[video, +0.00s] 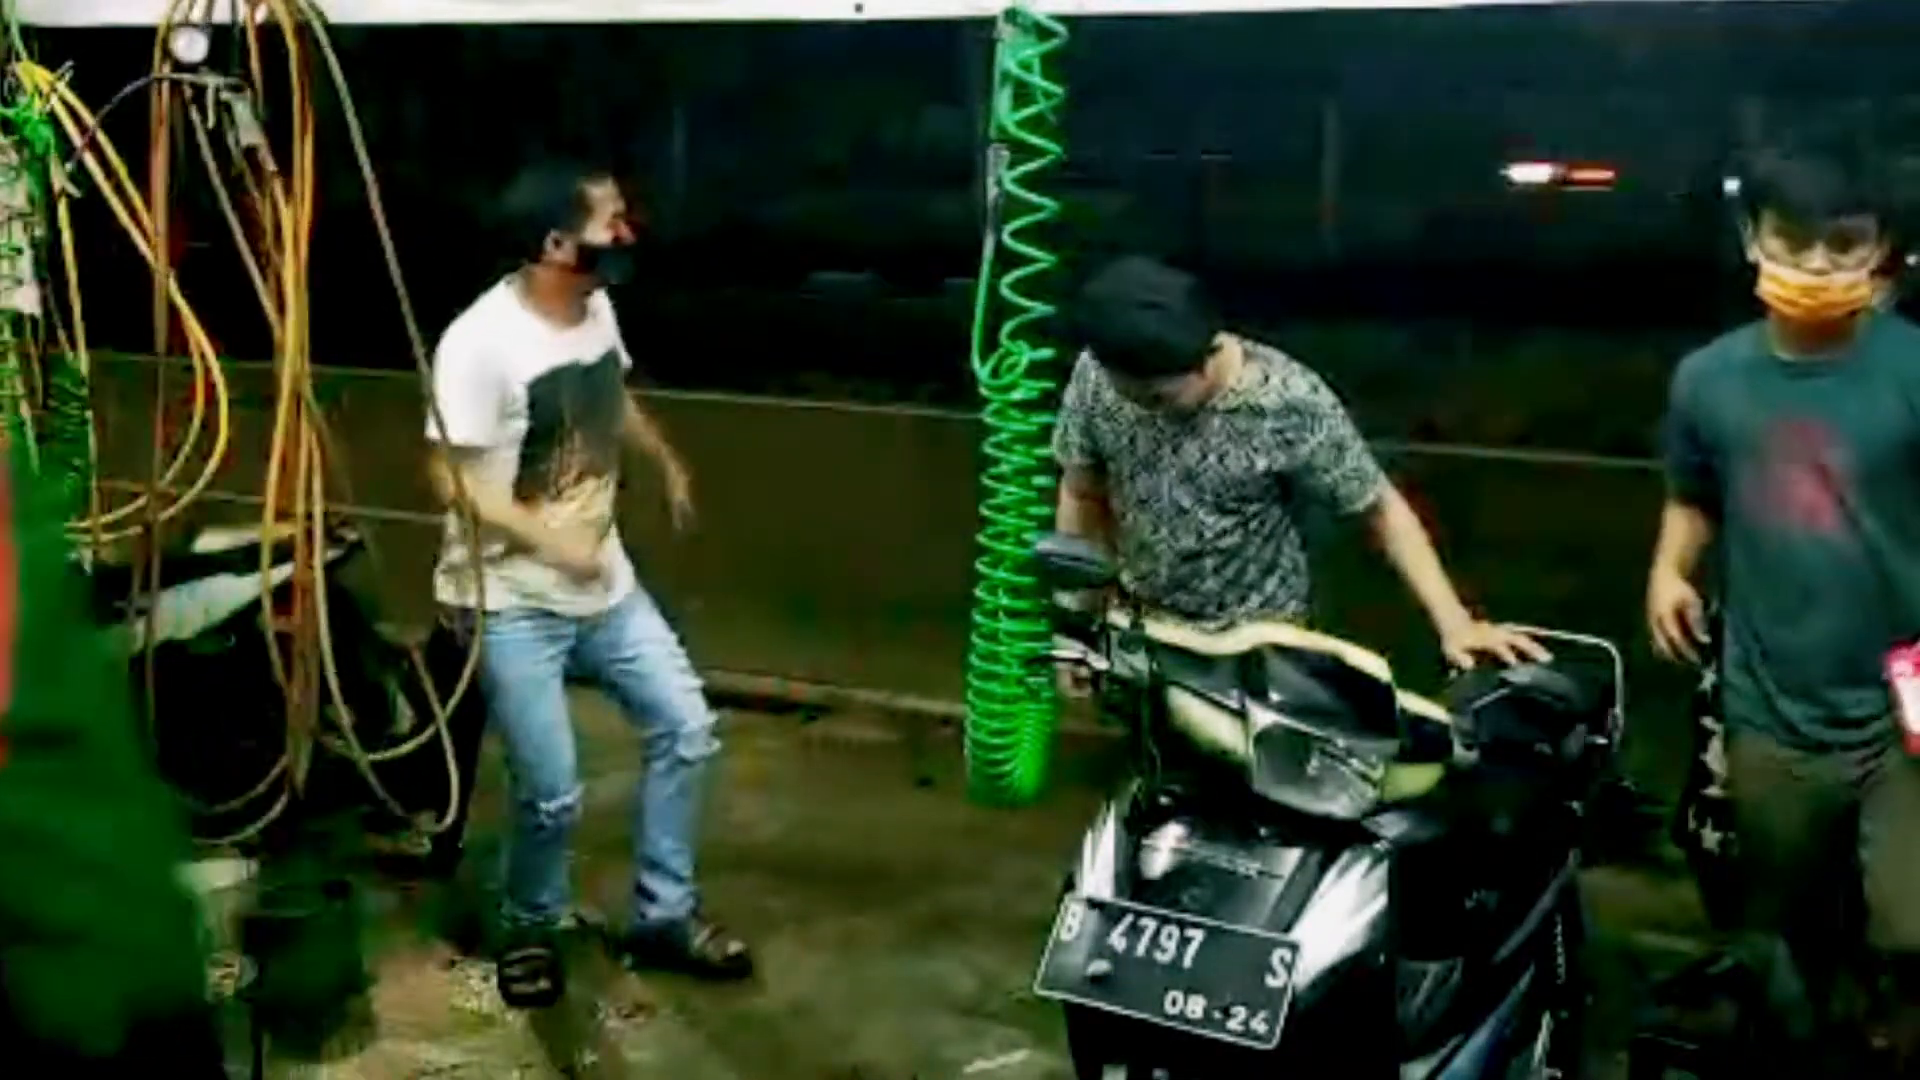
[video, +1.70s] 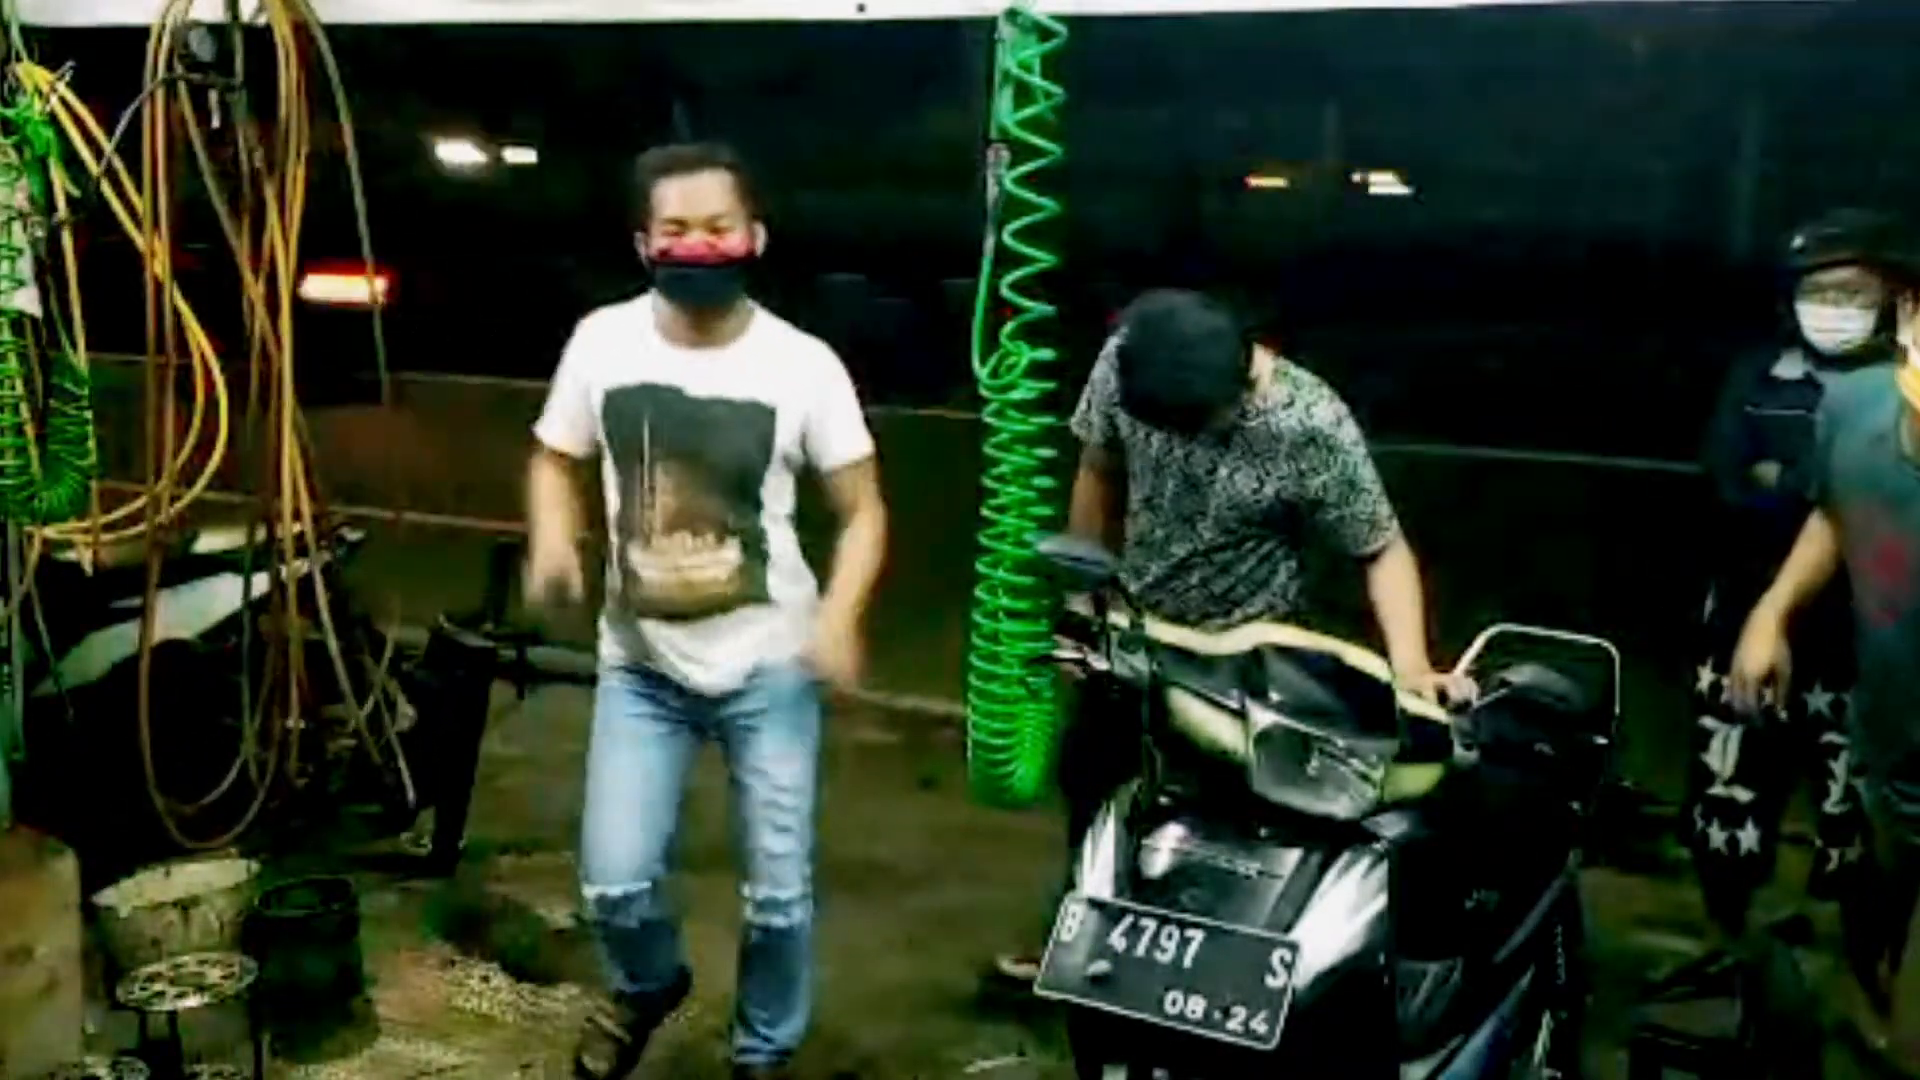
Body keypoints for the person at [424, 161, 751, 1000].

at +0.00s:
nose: (622, 236)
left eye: (620, 221)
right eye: (607, 224)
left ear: (577, 245)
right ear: (553, 242)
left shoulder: (594, 308)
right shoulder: (477, 342)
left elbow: (612, 402)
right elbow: (448, 476)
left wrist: (668, 462)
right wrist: (541, 533)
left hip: (604, 584)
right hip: (509, 601)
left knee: (688, 731)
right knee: (552, 790)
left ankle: (662, 918)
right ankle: (530, 928)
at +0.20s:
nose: (649, 218)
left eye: (648, 203)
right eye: (632, 205)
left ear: (606, 227)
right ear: (579, 223)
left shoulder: (612, 303)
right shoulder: (510, 310)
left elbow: (595, 422)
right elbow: (475, 436)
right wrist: (569, 397)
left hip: (618, 570)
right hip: (527, 590)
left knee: (668, 747)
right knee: (552, 784)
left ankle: (664, 924)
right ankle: (531, 924)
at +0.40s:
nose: (666, 227)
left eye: (671, 214)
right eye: (649, 212)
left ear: (668, 225)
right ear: (592, 223)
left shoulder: (657, 303)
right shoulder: (533, 313)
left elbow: (665, 393)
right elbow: (485, 440)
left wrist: (723, 456)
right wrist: (581, 439)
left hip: (655, 578)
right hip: (559, 595)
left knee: (702, 755)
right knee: (591, 789)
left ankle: (668, 928)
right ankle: (531, 918)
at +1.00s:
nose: (579, 217)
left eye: (596, 198)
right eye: (560, 204)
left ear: (635, 208)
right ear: (540, 223)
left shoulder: (696, 316)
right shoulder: (517, 326)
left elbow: (739, 448)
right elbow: (499, 438)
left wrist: (652, 458)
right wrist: (498, 552)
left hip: (680, 611)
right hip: (561, 617)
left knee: (718, 820)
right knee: (570, 833)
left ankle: (695, 913)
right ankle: (632, 989)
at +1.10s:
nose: (576, 245)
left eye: (591, 223)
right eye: (556, 232)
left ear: (635, 229)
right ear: (538, 249)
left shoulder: (701, 343)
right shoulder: (515, 353)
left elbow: (744, 479)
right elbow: (493, 475)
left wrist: (722, 578)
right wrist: (498, 584)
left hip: (686, 637)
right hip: (564, 642)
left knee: (717, 839)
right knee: (568, 852)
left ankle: (728, 960)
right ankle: (634, 993)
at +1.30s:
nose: (603, 233)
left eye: (620, 212)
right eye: (583, 218)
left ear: (664, 216)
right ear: (561, 232)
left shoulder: (721, 318)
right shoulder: (529, 326)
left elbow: (793, 397)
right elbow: (446, 426)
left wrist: (838, 496)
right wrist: (474, 450)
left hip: (704, 619)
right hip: (580, 627)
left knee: (727, 840)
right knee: (591, 844)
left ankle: (757, 1042)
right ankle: (634, 1000)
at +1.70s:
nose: (694, 249)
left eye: (714, 229)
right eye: (674, 230)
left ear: (752, 236)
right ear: (646, 240)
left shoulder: (804, 366)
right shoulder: (602, 344)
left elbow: (863, 510)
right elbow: (556, 457)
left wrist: (841, 618)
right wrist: (553, 544)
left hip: (769, 663)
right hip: (640, 663)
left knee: (778, 888)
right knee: (614, 883)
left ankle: (763, 1054)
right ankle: (652, 989)